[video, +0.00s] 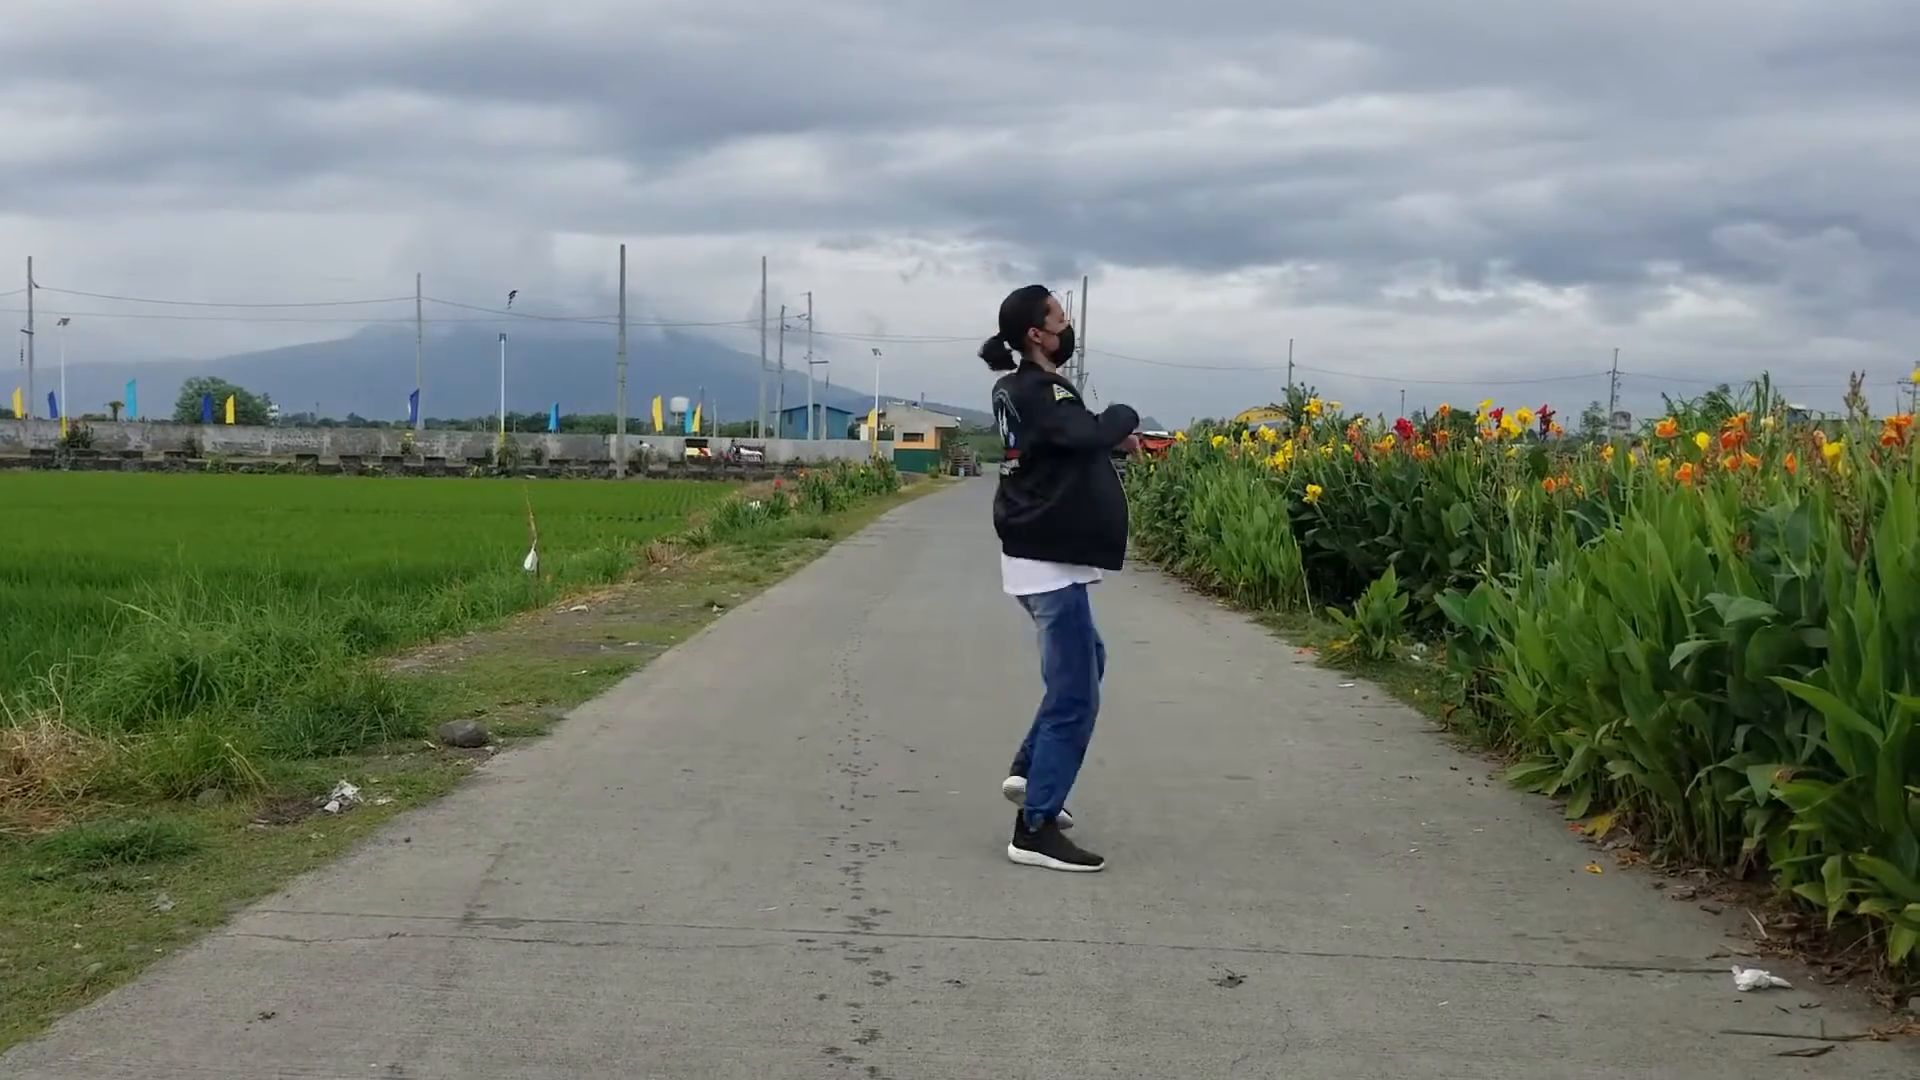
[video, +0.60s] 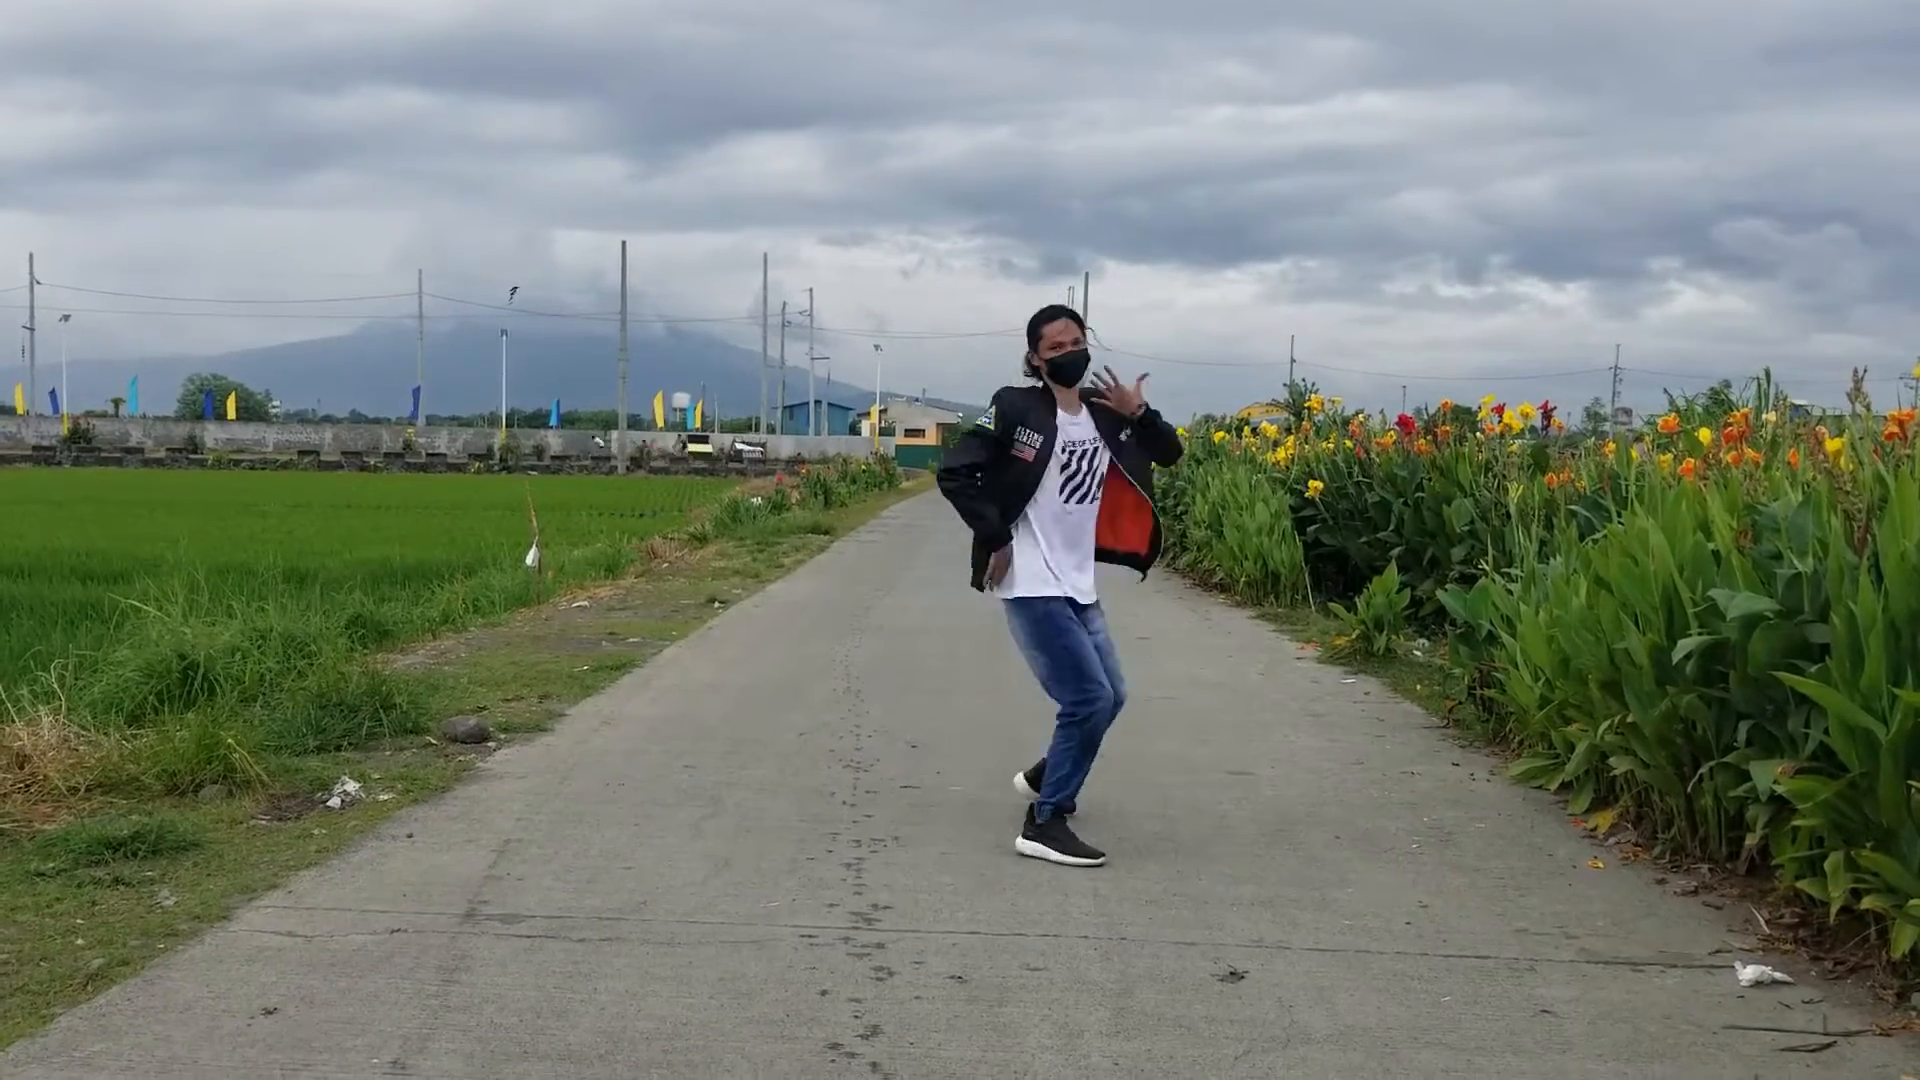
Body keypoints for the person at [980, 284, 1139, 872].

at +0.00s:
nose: (1068, 324)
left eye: (1065, 316)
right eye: (1060, 318)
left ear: (1031, 333)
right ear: (1036, 331)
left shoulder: (1036, 383)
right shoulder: (1033, 389)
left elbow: (1067, 440)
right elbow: (1091, 432)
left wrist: (1115, 444)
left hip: (1045, 560)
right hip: (1048, 564)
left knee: (1088, 661)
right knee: (1073, 698)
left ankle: (1030, 768)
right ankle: (1037, 828)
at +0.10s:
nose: (1078, 333)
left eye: (1074, 325)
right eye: (1070, 327)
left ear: (1036, 344)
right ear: (1049, 340)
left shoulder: (1019, 397)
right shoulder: (1063, 394)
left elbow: (987, 448)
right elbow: (1086, 452)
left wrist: (1045, 457)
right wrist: (1124, 455)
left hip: (1026, 570)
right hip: (1056, 574)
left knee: (1070, 669)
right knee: (1111, 693)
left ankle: (1021, 765)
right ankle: (1051, 816)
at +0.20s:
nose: (1086, 366)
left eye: (1082, 358)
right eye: (1079, 360)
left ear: (1043, 373)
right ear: (1060, 372)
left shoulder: (1013, 419)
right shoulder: (1075, 420)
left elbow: (955, 458)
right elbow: (1077, 468)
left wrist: (993, 504)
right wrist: (1079, 517)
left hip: (1021, 589)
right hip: (1050, 594)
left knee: (1048, 682)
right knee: (1125, 702)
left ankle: (1010, 779)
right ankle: (1054, 815)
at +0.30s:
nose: (1097, 394)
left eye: (1091, 386)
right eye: (1088, 390)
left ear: (1057, 412)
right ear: (1068, 411)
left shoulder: (1029, 456)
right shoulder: (1084, 457)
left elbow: (960, 510)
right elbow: (1064, 520)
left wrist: (986, 564)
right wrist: (1053, 575)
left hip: (1017, 622)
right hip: (1046, 627)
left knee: (1053, 700)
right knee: (1125, 706)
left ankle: (999, 781)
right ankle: (1052, 817)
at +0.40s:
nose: (1097, 387)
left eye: (1094, 379)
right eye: (1086, 383)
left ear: (1068, 396)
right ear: (1059, 398)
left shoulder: (1065, 442)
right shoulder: (1066, 450)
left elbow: (1056, 531)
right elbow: (1031, 529)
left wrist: (1086, 581)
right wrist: (1019, 607)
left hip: (1050, 612)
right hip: (1047, 618)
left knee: (1053, 698)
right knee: (1117, 707)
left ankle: (1005, 779)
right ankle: (1050, 817)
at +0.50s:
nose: (1086, 366)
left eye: (1089, 357)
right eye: (1072, 360)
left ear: (1095, 365)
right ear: (1047, 375)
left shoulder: (1084, 437)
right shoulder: (1037, 427)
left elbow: (1094, 515)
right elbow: (986, 493)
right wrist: (1019, 555)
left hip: (1074, 594)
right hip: (1037, 597)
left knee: (1074, 696)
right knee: (1108, 705)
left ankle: (1028, 777)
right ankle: (1047, 820)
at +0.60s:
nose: (1071, 350)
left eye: (1076, 341)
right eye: (1058, 344)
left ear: (1087, 348)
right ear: (1036, 357)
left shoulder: (1104, 414)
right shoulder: (1017, 406)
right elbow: (957, 472)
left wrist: (1140, 414)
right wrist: (995, 538)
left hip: (1077, 581)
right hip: (1028, 580)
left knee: (1112, 694)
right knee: (1089, 699)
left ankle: (1045, 776)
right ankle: (1045, 823)